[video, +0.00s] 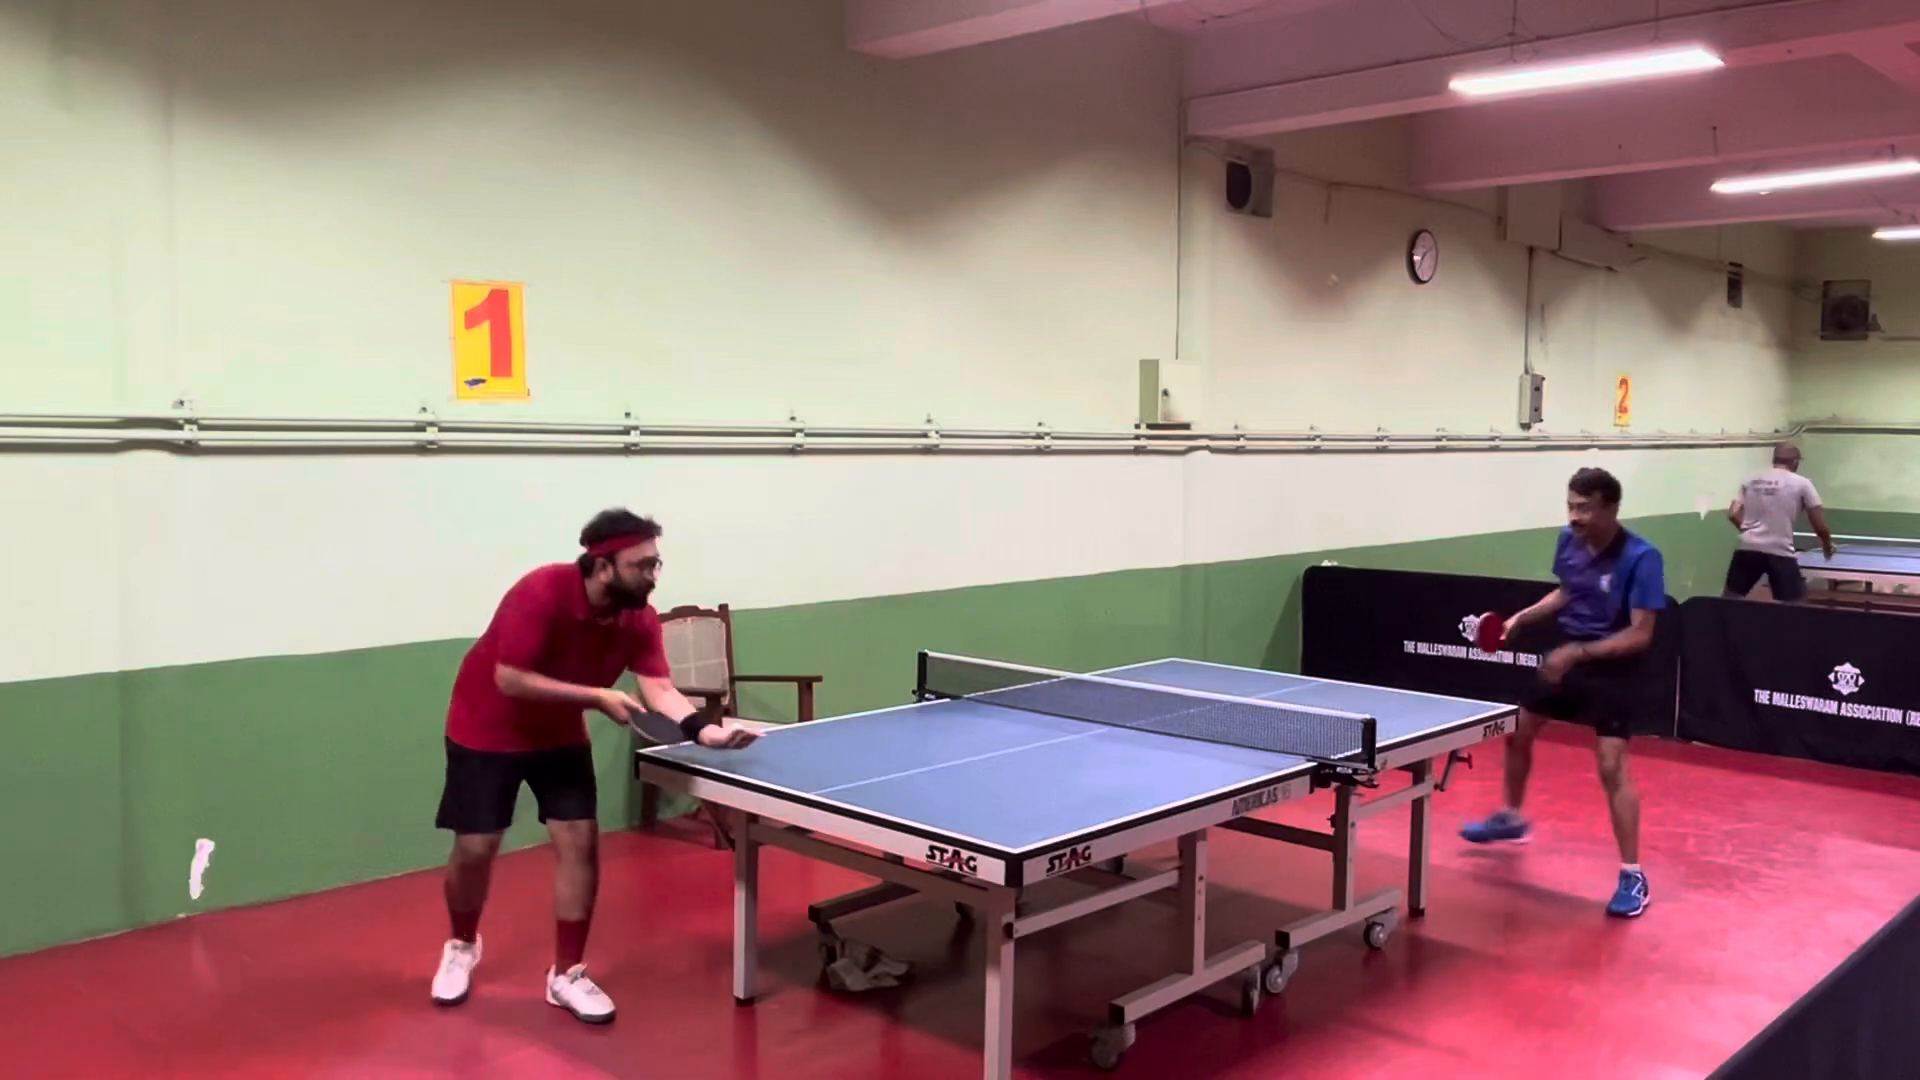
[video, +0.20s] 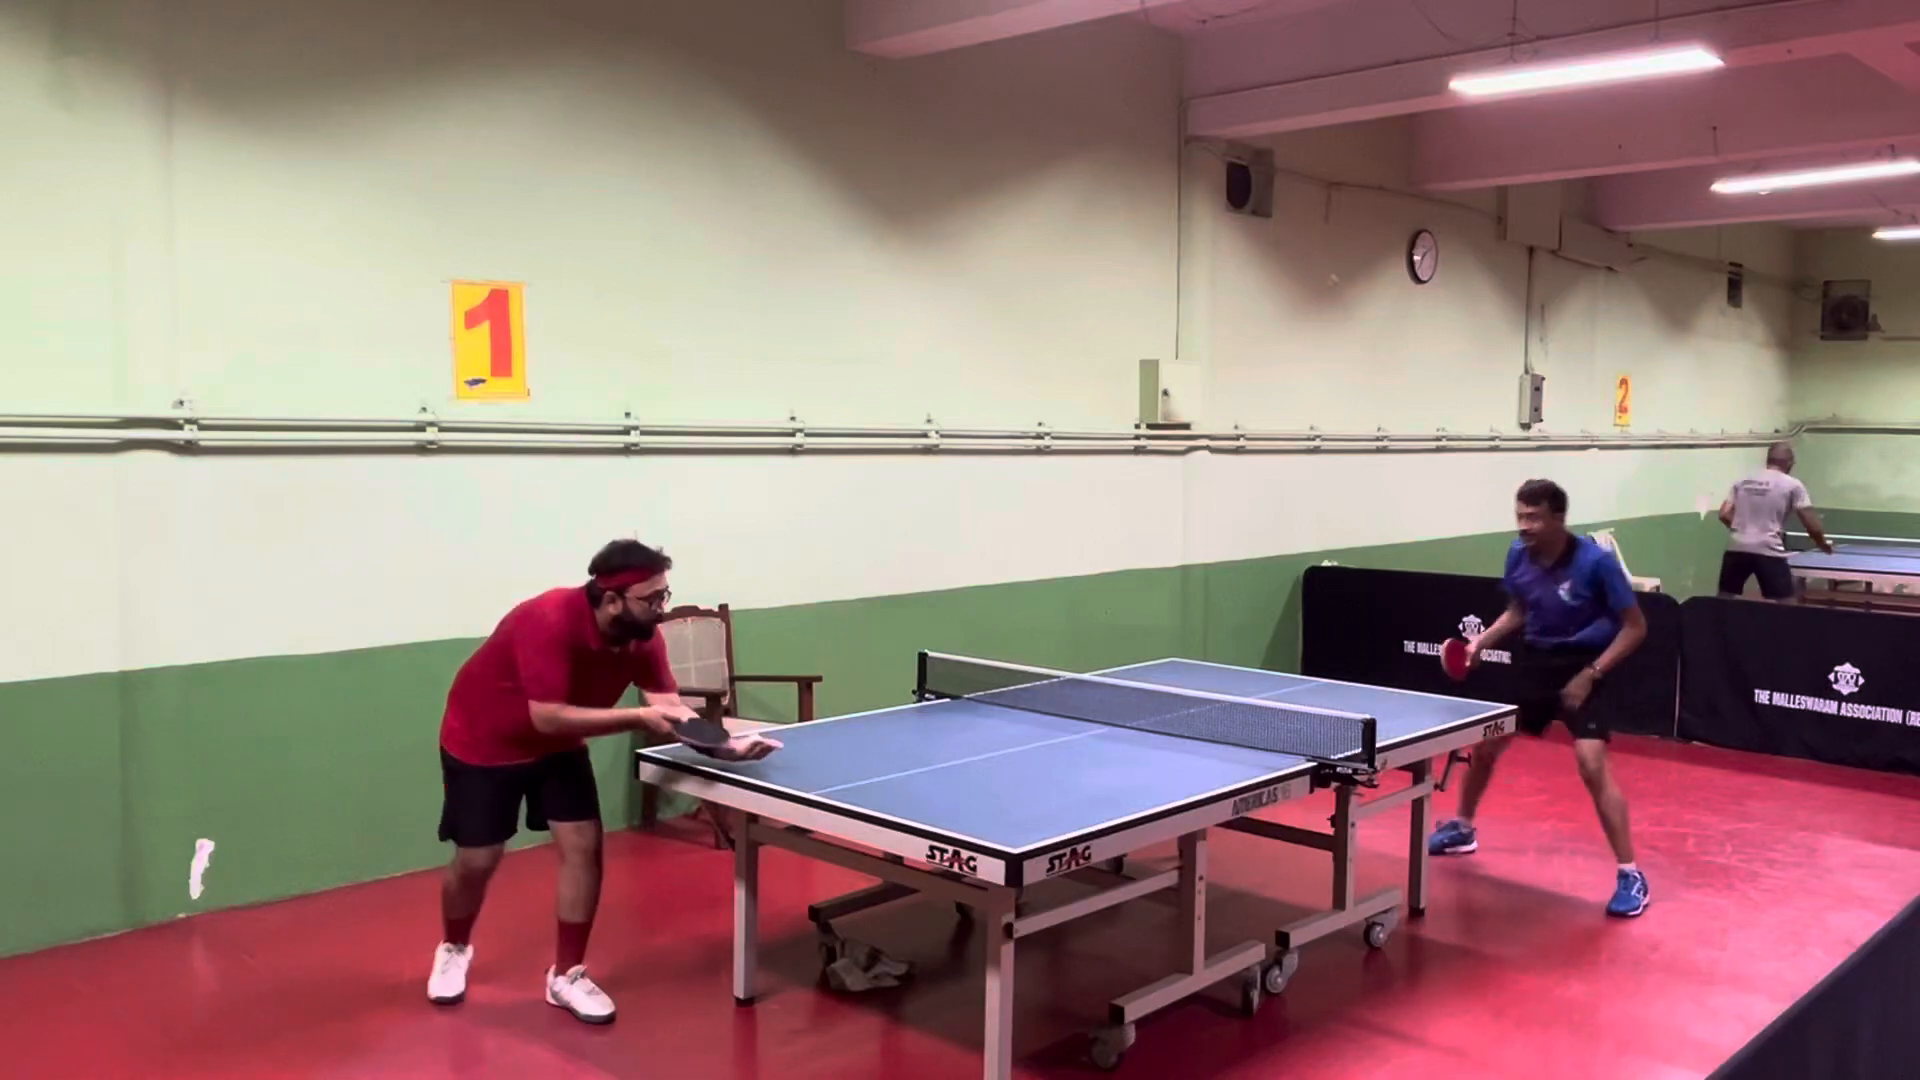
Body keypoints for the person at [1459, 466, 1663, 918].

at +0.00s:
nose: (1574, 517)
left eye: (1583, 509)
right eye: (1571, 508)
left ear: (1611, 510)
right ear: (1570, 506)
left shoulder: (1642, 559)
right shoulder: (1569, 543)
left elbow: (1641, 634)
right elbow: (1566, 593)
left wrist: (1575, 651)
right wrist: (1518, 620)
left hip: (1618, 662)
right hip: (1571, 654)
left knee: (1611, 765)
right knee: (1520, 727)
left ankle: (1631, 875)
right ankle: (1510, 815)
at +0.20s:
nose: (1524, 526)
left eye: (1533, 518)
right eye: (1520, 518)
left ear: (1559, 518)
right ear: (1518, 518)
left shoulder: (1596, 562)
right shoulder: (1518, 558)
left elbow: (1636, 627)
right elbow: (1518, 612)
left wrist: (1592, 672)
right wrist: (1478, 642)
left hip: (1583, 667)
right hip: (1532, 665)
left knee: (1591, 765)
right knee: (1485, 744)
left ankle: (1629, 874)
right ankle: (1462, 826)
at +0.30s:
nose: (1498, 530)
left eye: (1505, 522)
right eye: (1494, 523)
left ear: (1533, 520)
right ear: (1495, 523)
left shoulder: (1575, 559)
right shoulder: (1500, 562)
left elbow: (1624, 615)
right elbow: (1496, 619)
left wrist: (1581, 664)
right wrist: (1465, 650)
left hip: (1569, 667)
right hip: (1518, 667)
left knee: (1590, 764)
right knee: (1464, 733)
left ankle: (1628, 874)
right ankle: (1459, 826)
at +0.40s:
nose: (1483, 531)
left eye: (1490, 523)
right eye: (1478, 524)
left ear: (1517, 521)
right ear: (1479, 526)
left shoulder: (1566, 558)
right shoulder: (1488, 567)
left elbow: (1621, 598)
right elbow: (1489, 622)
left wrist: (1578, 644)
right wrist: (1460, 646)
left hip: (1567, 666)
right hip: (1513, 664)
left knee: (1590, 763)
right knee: (1463, 736)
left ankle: (1629, 873)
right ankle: (1460, 827)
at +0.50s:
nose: (1474, 538)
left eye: (1481, 530)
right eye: (1470, 531)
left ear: (1509, 527)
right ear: (1471, 532)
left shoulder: (1558, 561)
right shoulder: (1484, 571)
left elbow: (1617, 596)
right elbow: (1488, 624)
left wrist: (1578, 644)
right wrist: (1459, 648)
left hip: (1567, 666)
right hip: (1514, 665)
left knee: (1590, 763)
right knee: (1463, 734)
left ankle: (1629, 874)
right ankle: (1460, 826)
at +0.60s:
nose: (1472, 545)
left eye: (1480, 536)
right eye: (1468, 537)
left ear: (1508, 534)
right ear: (1469, 538)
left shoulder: (1556, 567)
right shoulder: (1484, 576)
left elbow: (1614, 609)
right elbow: (1492, 626)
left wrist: (1573, 654)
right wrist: (1461, 650)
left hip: (1570, 665)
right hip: (1518, 665)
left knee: (1589, 761)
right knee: (1464, 734)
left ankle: (1630, 874)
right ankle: (1460, 826)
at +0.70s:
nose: (1478, 549)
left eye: (1485, 540)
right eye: (1474, 541)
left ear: (1513, 538)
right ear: (1476, 541)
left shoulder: (1559, 574)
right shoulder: (1487, 575)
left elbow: (1615, 621)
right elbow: (1492, 630)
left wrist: (1570, 663)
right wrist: (1458, 651)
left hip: (1570, 668)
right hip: (1519, 668)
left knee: (1593, 765)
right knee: (1464, 736)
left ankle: (1630, 874)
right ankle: (1460, 826)